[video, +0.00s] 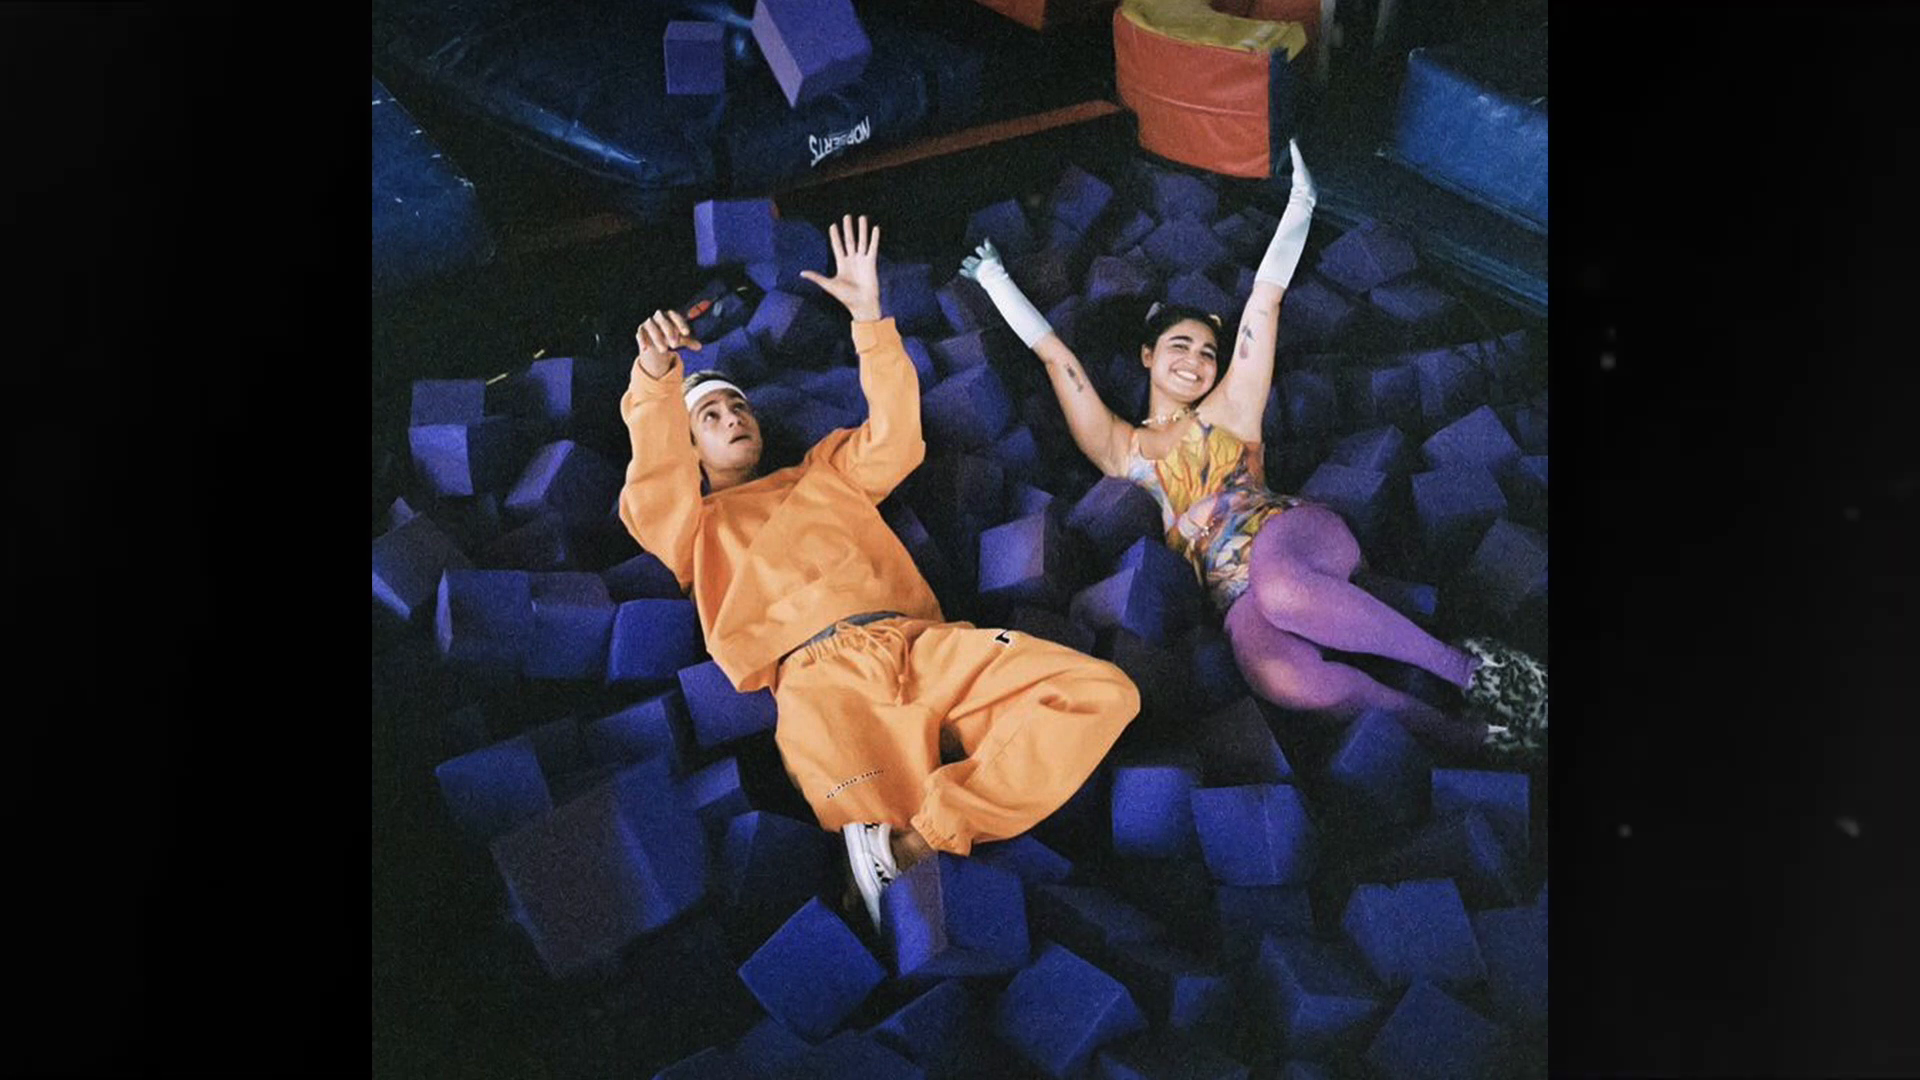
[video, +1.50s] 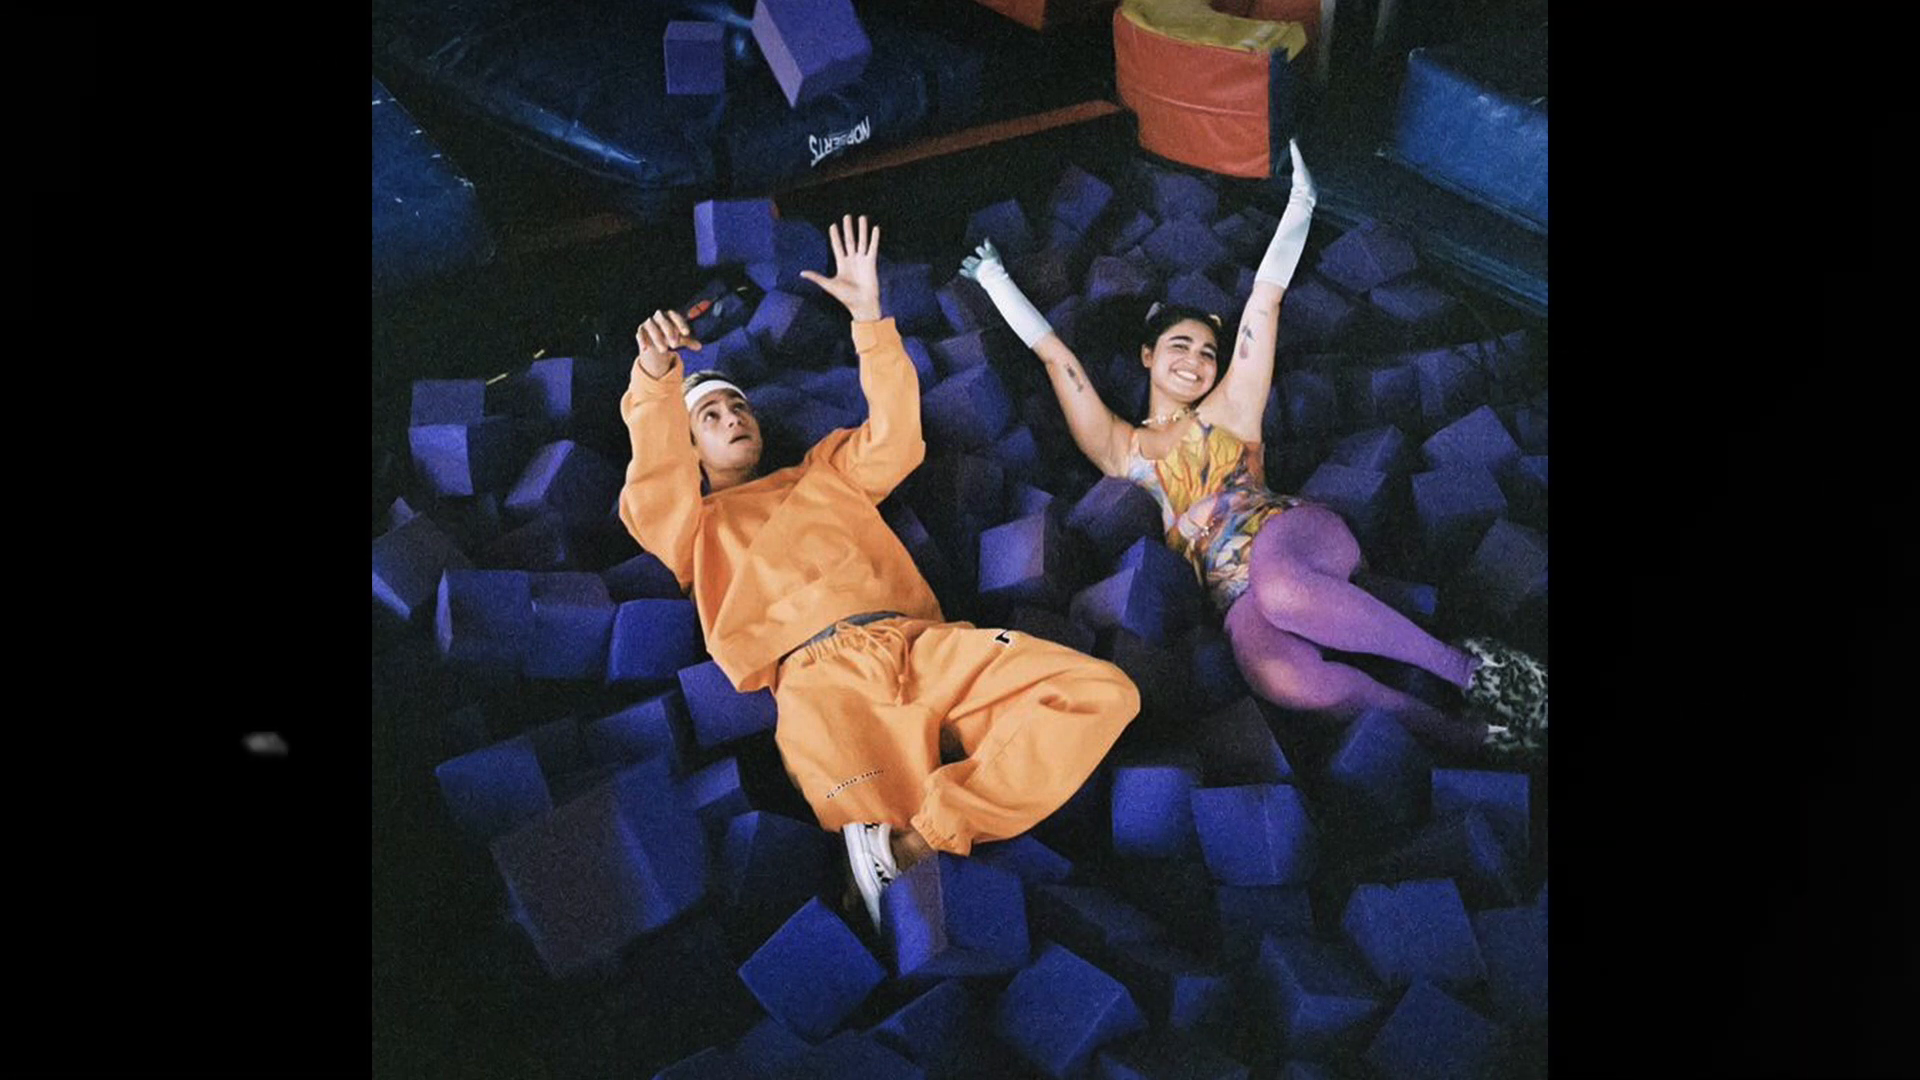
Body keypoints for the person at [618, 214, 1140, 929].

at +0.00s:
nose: (731, 418)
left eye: (738, 407)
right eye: (709, 415)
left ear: (760, 425)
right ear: (688, 449)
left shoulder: (827, 468)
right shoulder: (696, 525)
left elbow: (895, 436)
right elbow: (655, 477)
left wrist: (868, 317)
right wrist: (655, 373)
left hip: (918, 641)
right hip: (820, 673)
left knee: (1094, 692)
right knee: (883, 832)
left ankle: (916, 841)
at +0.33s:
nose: (731, 418)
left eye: (738, 407)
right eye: (709, 415)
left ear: (760, 425)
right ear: (688, 448)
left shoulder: (827, 468)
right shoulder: (695, 525)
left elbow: (895, 436)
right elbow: (655, 476)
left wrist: (868, 317)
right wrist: (655, 373)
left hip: (918, 640)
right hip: (820, 672)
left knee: (1094, 692)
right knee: (881, 829)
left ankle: (917, 840)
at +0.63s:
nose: (731, 418)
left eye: (738, 407)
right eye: (709, 415)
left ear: (760, 425)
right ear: (688, 449)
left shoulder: (827, 468)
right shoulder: (696, 525)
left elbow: (895, 436)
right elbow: (655, 477)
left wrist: (868, 317)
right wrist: (655, 373)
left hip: (918, 641)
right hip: (820, 673)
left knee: (1094, 692)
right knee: (883, 831)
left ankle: (916, 841)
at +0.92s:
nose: (731, 418)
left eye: (738, 407)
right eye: (709, 415)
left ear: (760, 425)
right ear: (688, 449)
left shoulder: (827, 468)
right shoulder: (696, 525)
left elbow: (895, 436)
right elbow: (655, 476)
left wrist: (868, 317)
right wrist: (655, 373)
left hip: (918, 641)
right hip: (820, 673)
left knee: (1094, 692)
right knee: (883, 831)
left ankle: (916, 841)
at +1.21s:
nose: (731, 418)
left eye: (738, 407)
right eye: (709, 415)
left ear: (760, 425)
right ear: (688, 449)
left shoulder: (827, 468)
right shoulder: (696, 525)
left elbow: (895, 436)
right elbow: (655, 477)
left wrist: (868, 317)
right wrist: (655, 373)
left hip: (918, 641)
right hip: (820, 673)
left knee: (1094, 692)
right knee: (883, 831)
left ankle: (916, 841)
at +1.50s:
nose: (731, 418)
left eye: (738, 407)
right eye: (709, 415)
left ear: (760, 425)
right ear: (687, 449)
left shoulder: (827, 468)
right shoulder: (696, 525)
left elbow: (895, 436)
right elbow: (655, 477)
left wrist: (868, 317)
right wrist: (655, 373)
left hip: (917, 640)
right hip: (820, 673)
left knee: (1094, 692)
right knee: (883, 831)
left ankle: (917, 841)